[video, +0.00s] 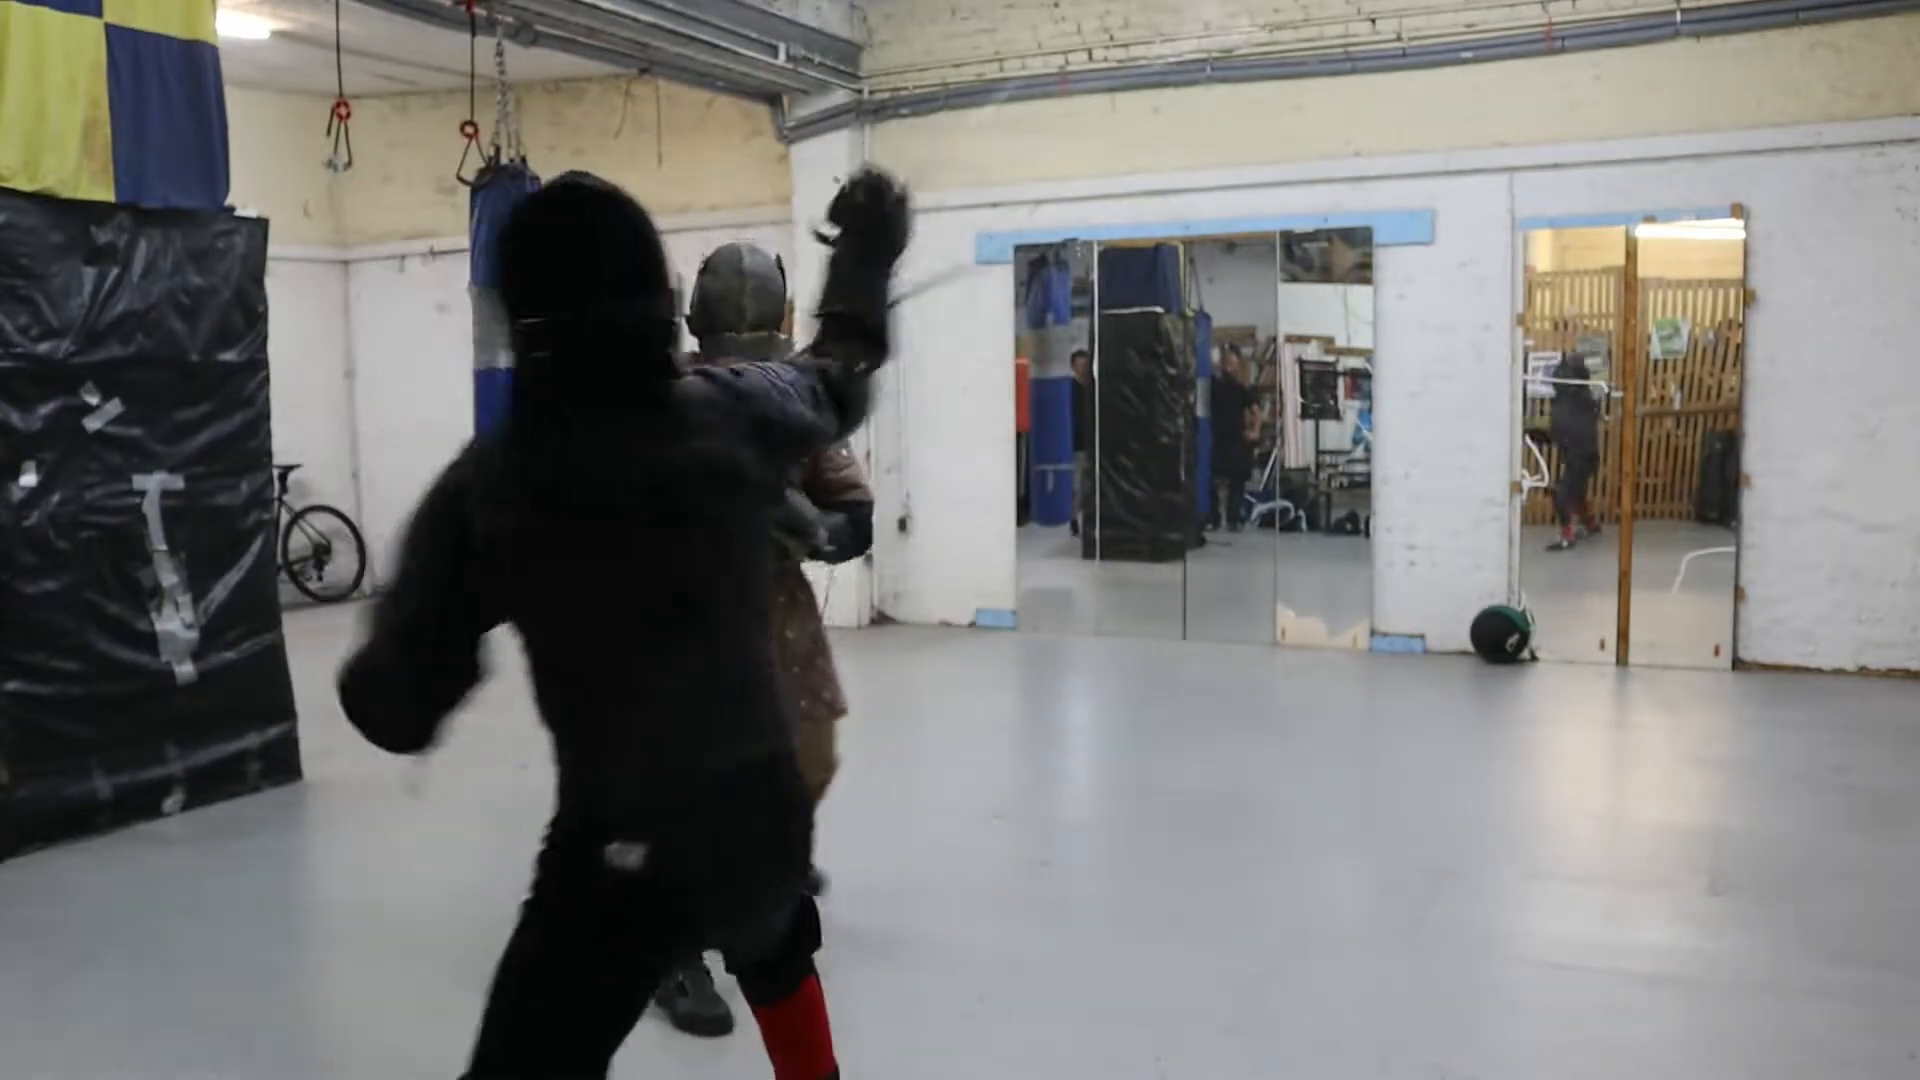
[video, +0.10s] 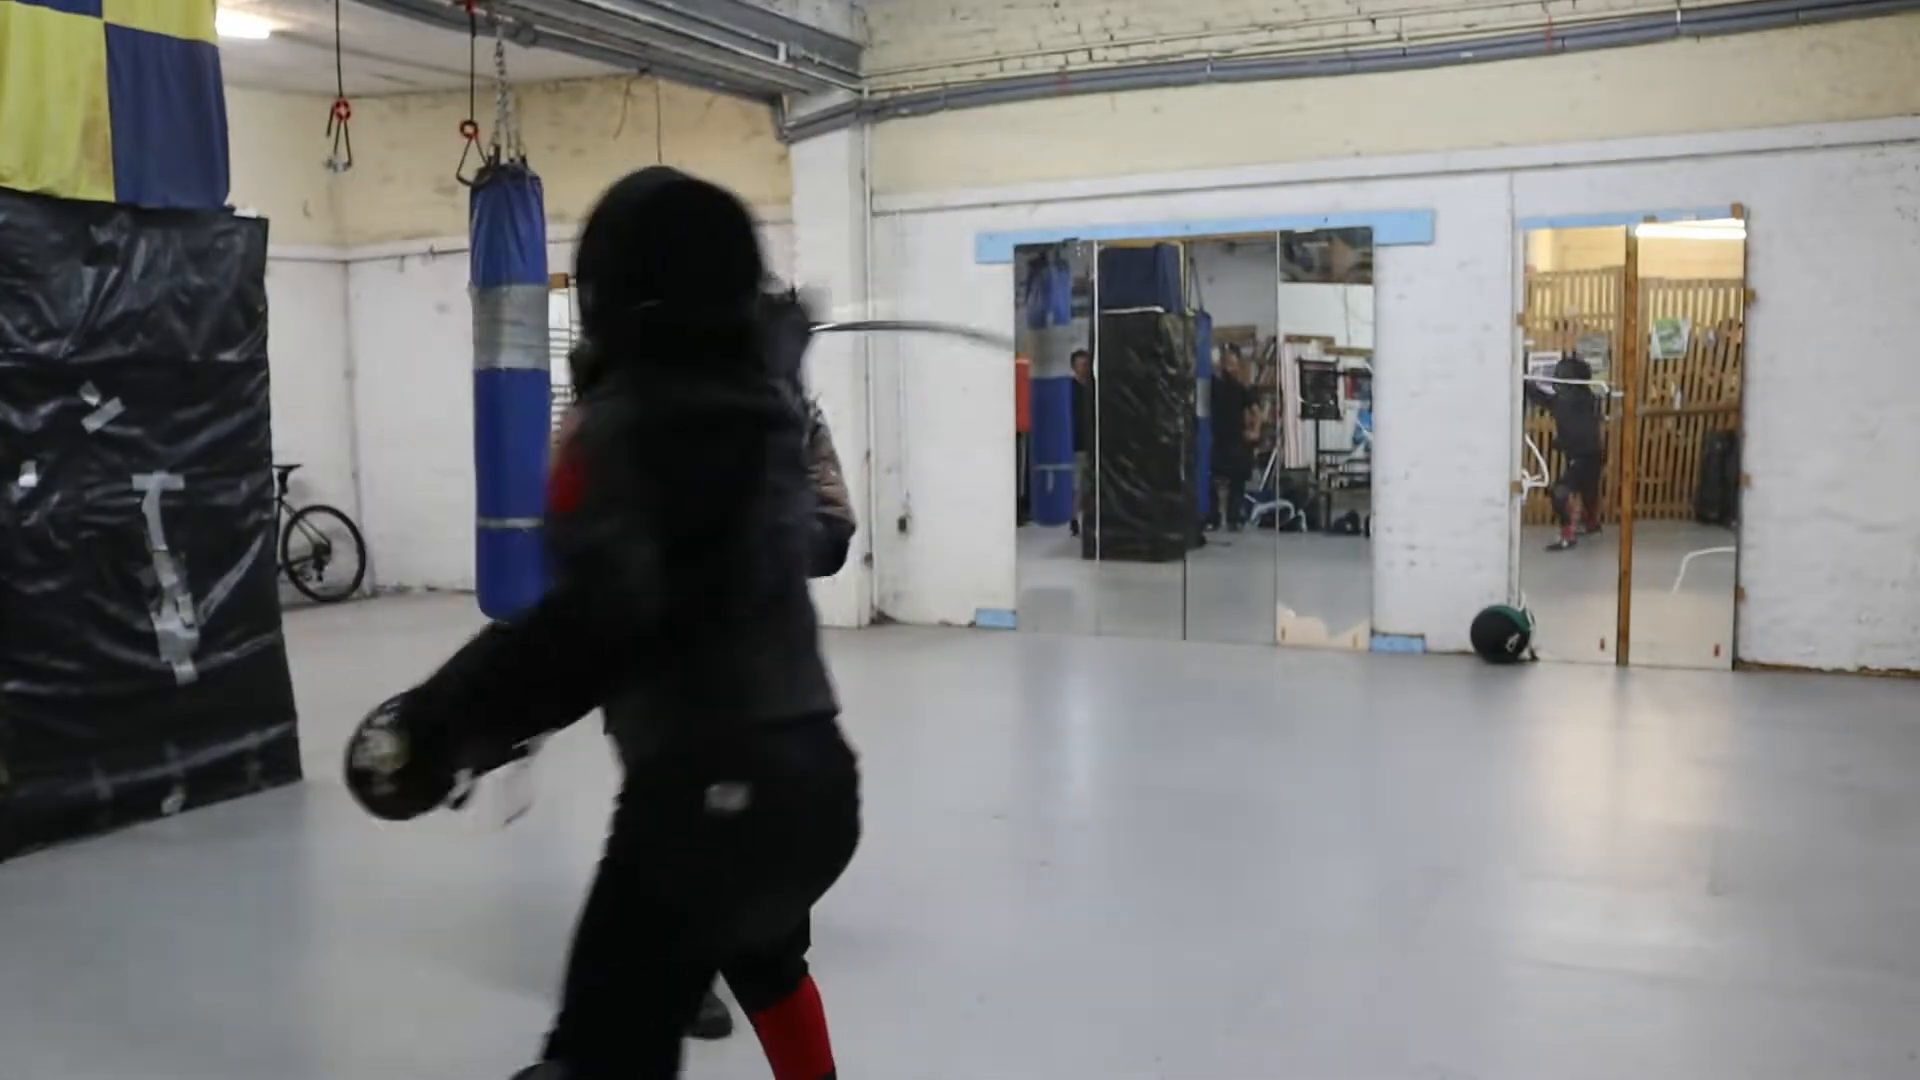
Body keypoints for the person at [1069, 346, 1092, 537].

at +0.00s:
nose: (1083, 368)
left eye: (1085, 363)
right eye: (1079, 364)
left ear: (1090, 365)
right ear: (1073, 366)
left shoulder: (1094, 385)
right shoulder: (1072, 387)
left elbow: (1097, 412)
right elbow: (1071, 415)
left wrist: (1098, 438)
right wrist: (1073, 441)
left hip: (1094, 442)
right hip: (1079, 443)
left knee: (1092, 486)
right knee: (1078, 486)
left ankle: (1092, 519)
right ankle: (1074, 518)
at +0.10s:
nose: (1084, 368)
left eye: (1086, 364)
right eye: (1080, 364)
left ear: (1090, 365)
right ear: (1074, 367)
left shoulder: (1094, 385)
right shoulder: (1072, 387)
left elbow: (1097, 412)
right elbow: (1070, 415)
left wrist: (1099, 438)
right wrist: (1071, 441)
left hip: (1094, 443)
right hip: (1079, 444)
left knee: (1092, 486)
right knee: (1078, 486)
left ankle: (1092, 520)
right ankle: (1074, 518)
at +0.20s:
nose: (1083, 368)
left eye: (1086, 364)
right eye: (1080, 364)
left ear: (1090, 366)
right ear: (1073, 366)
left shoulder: (1094, 386)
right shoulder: (1071, 387)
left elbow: (1098, 412)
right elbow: (1069, 415)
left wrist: (1098, 437)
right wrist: (1070, 440)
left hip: (1094, 442)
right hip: (1078, 442)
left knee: (1092, 485)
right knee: (1078, 484)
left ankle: (1092, 519)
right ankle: (1074, 518)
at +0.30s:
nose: (1084, 368)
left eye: (1086, 363)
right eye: (1080, 364)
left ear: (1090, 365)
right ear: (1073, 366)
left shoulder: (1094, 385)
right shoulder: (1070, 387)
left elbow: (1097, 412)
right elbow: (1069, 415)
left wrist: (1098, 437)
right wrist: (1069, 441)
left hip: (1094, 442)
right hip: (1078, 443)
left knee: (1092, 485)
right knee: (1077, 484)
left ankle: (1092, 519)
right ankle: (1074, 518)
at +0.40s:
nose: (1084, 368)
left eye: (1086, 363)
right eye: (1080, 364)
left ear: (1090, 365)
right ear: (1073, 366)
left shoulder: (1094, 385)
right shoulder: (1070, 387)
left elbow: (1097, 412)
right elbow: (1069, 415)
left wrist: (1098, 437)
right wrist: (1070, 440)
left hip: (1094, 442)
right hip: (1078, 443)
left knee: (1092, 485)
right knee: (1077, 484)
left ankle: (1092, 519)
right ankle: (1074, 518)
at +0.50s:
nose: (1084, 368)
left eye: (1086, 363)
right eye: (1080, 364)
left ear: (1090, 366)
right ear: (1073, 366)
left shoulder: (1094, 385)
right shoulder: (1071, 387)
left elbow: (1097, 412)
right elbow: (1069, 415)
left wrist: (1099, 436)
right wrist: (1071, 440)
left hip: (1094, 441)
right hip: (1079, 442)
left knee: (1092, 483)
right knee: (1078, 483)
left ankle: (1092, 517)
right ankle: (1074, 517)